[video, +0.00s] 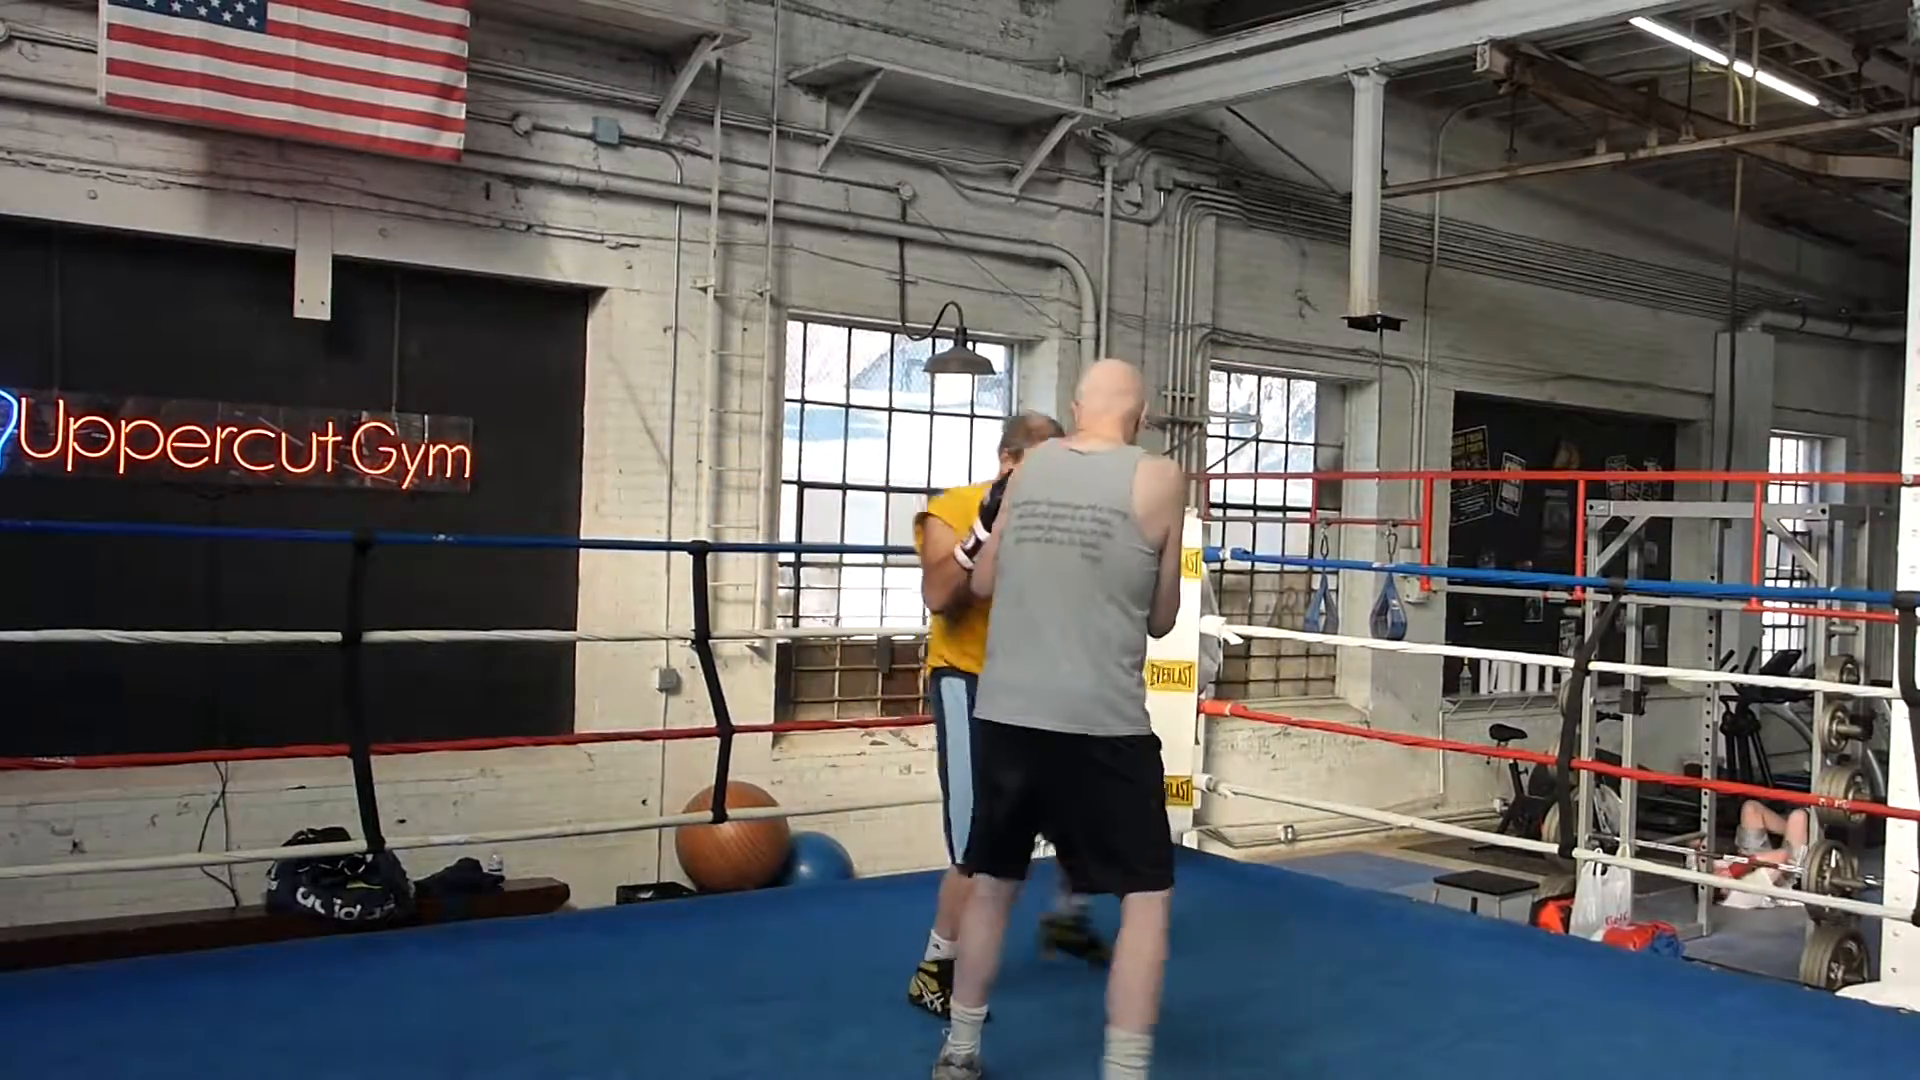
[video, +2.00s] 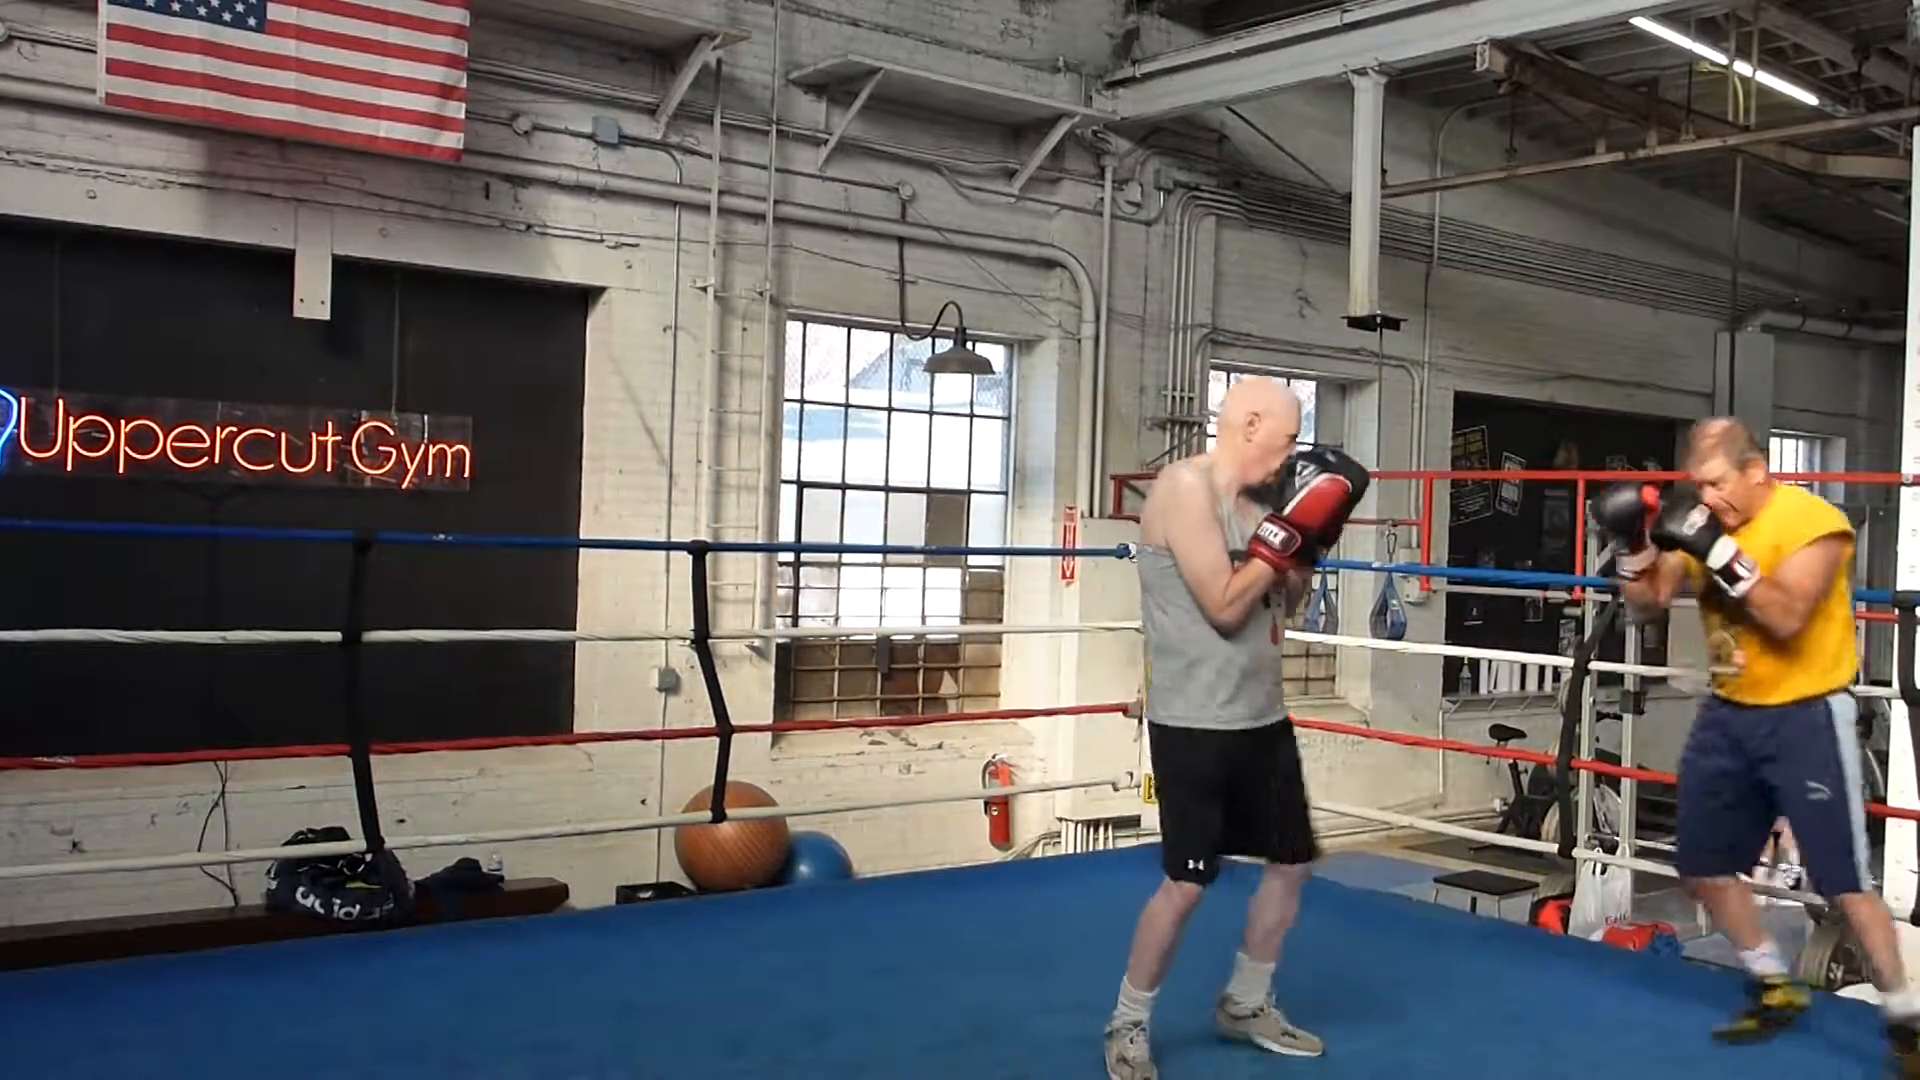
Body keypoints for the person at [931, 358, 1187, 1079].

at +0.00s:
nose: (1109, 407)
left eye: (1086, 397)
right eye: (1139, 407)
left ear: (1074, 410)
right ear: (1143, 417)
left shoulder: (1028, 468)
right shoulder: (1162, 479)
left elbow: (984, 580)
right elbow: (1161, 616)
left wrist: (1049, 551)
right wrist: (1105, 568)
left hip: (1009, 717)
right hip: (1105, 727)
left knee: (990, 882)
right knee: (1146, 895)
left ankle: (960, 1052)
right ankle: (1125, 1070)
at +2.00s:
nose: (1288, 459)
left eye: (1292, 447)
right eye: (1285, 443)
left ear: (1253, 430)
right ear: (1246, 426)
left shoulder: (1249, 504)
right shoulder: (1183, 486)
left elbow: (1285, 605)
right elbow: (1224, 605)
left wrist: (1309, 532)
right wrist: (1284, 537)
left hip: (1260, 716)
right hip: (1192, 718)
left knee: (1291, 860)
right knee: (1188, 877)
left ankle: (1246, 1004)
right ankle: (1130, 1022)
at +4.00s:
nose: (1408, 450)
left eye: (1413, 437)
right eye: (1399, 435)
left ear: (1404, 439)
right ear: (1350, 427)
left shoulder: (1393, 500)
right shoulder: (1299, 493)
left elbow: (1420, 618)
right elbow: (1327, 621)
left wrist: (1439, 542)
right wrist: (1391, 542)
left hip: (1380, 723)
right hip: (1297, 718)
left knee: (1396, 880)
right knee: (1270, 883)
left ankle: (1386, 1028)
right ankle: (1225, 1027)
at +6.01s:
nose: (1727, 431)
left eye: (1740, 415)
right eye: (1710, 410)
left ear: (1749, 416)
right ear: (1655, 399)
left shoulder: (1752, 499)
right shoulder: (1588, 476)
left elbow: (1774, 661)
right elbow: (1571, 648)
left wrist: (1761, 566)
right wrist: (1634, 566)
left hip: (1712, 789)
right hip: (1585, 781)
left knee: (1719, 1009)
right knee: (1577, 992)